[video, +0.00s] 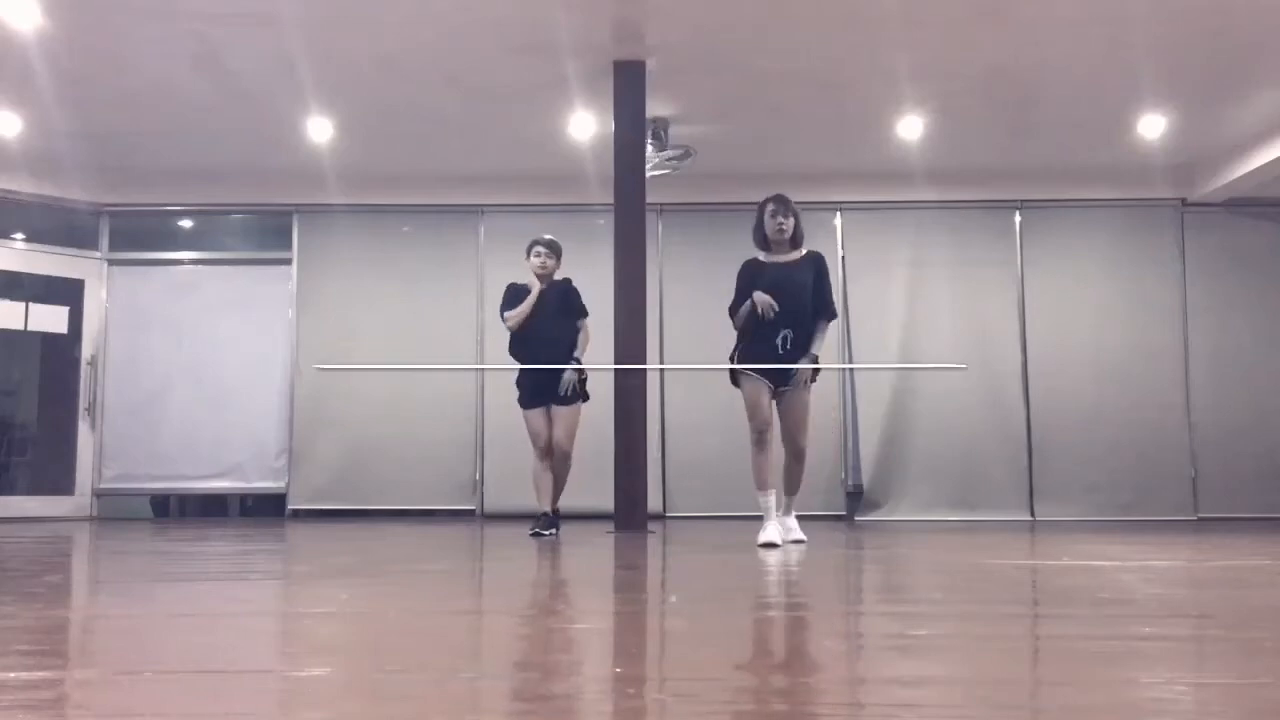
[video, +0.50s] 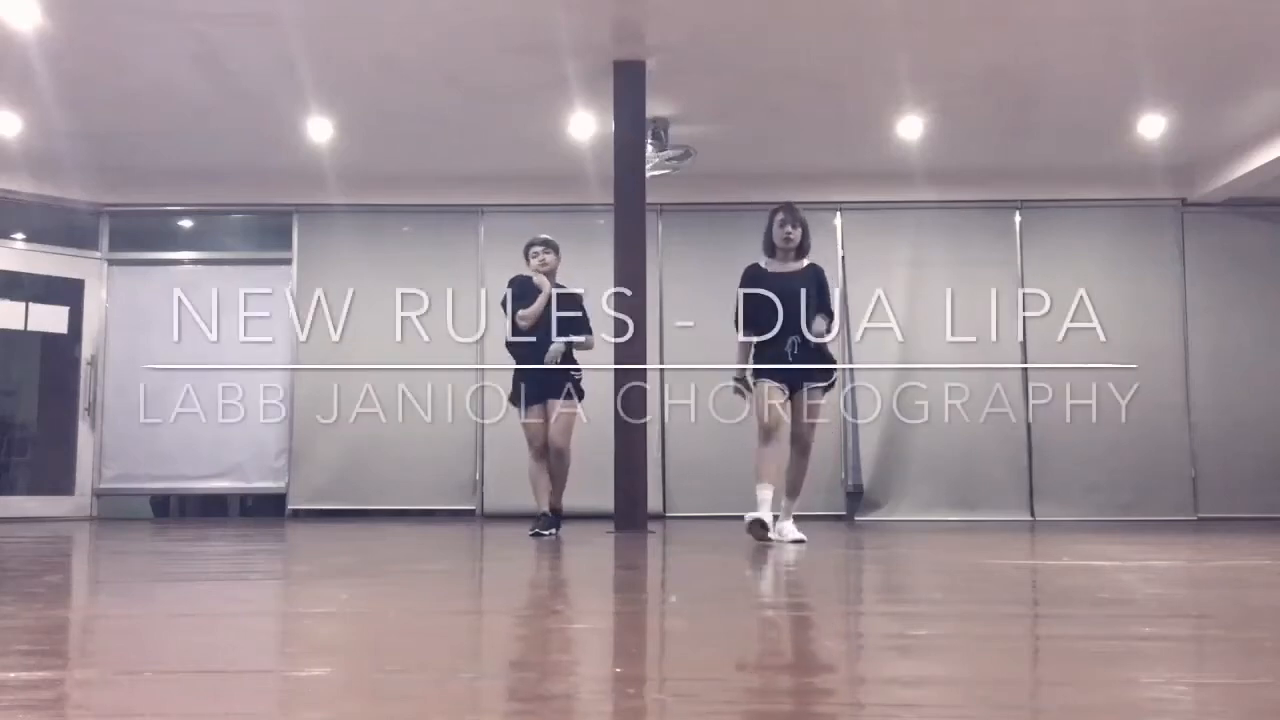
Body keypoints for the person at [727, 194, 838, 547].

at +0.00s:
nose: (781, 220)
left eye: (786, 215)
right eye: (773, 216)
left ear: (795, 221)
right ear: (762, 224)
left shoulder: (813, 261)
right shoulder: (751, 266)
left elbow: (825, 314)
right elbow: (738, 321)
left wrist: (811, 356)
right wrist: (753, 298)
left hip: (797, 364)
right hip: (755, 363)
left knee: (797, 445)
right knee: (761, 433)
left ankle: (788, 516)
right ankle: (769, 520)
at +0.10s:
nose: (783, 225)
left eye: (789, 220)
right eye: (776, 221)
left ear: (798, 226)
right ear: (765, 228)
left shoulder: (814, 265)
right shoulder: (755, 272)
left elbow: (831, 320)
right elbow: (741, 327)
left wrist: (815, 355)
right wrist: (753, 302)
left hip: (799, 366)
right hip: (756, 365)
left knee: (796, 446)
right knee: (759, 431)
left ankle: (787, 520)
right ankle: (769, 520)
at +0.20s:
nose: (786, 229)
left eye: (792, 224)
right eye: (779, 224)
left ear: (800, 230)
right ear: (767, 230)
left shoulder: (816, 267)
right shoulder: (756, 275)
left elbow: (836, 320)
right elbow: (741, 327)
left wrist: (823, 346)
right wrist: (752, 322)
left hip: (803, 368)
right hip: (760, 366)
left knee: (798, 447)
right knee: (758, 429)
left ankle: (787, 520)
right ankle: (770, 519)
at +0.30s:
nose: (788, 230)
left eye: (794, 225)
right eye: (781, 225)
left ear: (802, 231)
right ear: (769, 231)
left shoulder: (817, 271)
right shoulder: (756, 277)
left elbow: (836, 318)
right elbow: (748, 329)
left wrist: (825, 343)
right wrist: (749, 369)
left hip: (806, 367)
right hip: (764, 367)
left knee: (799, 446)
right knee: (761, 429)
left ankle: (787, 519)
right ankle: (771, 517)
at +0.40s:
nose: (789, 231)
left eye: (795, 226)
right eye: (782, 226)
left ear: (802, 233)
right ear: (770, 232)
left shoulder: (816, 272)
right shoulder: (756, 276)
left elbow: (831, 320)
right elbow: (749, 331)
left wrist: (824, 339)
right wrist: (742, 374)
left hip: (809, 368)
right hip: (767, 367)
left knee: (801, 445)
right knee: (769, 432)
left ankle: (786, 520)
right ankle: (764, 513)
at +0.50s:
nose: (789, 230)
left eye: (795, 225)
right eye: (782, 225)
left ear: (803, 231)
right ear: (770, 231)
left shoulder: (814, 272)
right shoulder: (754, 274)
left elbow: (827, 318)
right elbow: (745, 328)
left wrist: (823, 329)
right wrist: (740, 371)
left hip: (810, 366)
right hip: (769, 365)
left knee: (802, 442)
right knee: (769, 427)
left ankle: (786, 520)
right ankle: (763, 511)